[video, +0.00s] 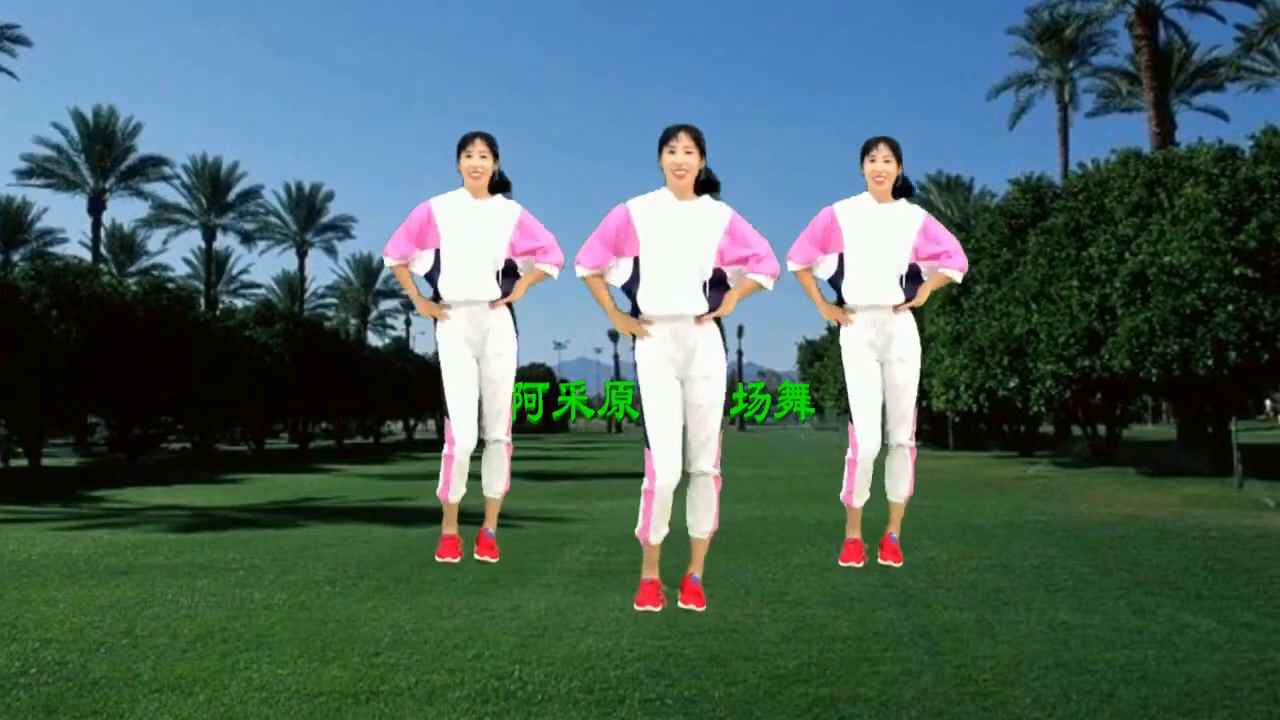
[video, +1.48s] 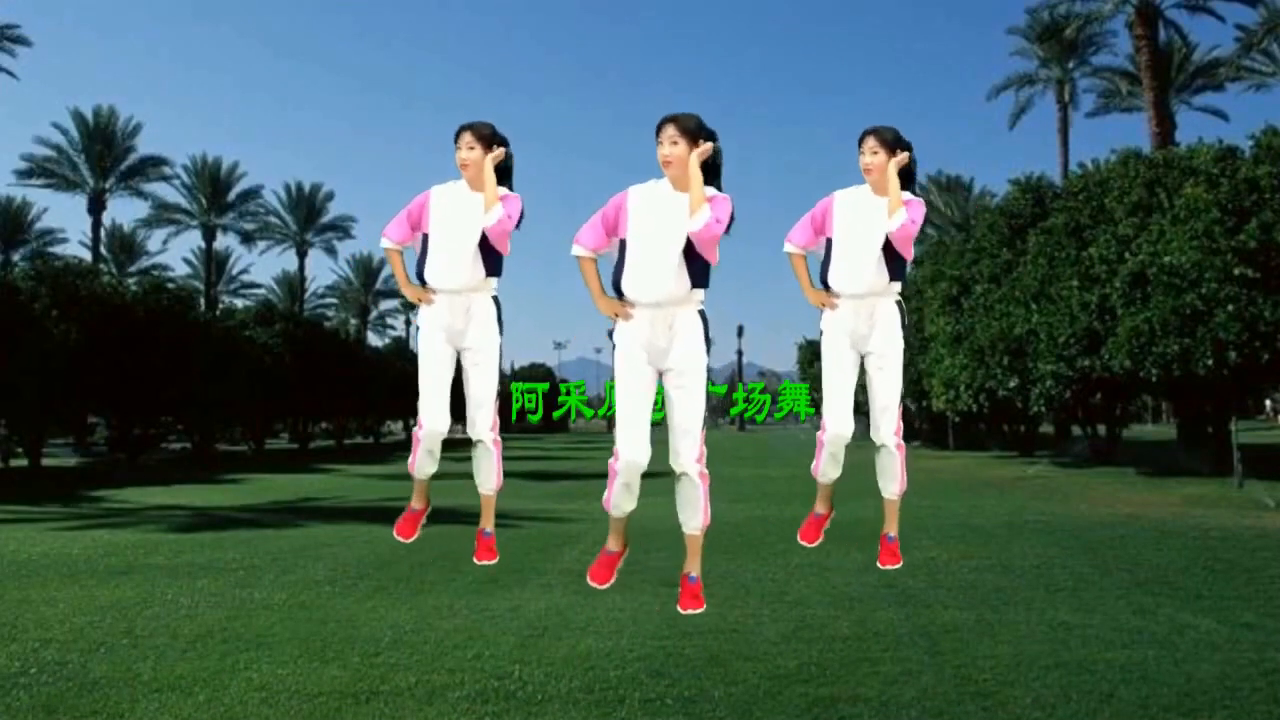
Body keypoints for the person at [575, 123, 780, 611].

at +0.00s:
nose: (680, 158)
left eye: (689, 151)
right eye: (671, 150)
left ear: (702, 162)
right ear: (660, 160)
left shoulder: (719, 215)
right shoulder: (634, 213)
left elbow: (767, 264)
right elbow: (588, 265)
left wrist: (733, 296)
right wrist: (617, 316)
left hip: (704, 340)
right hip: (654, 340)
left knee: (704, 461)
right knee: (664, 462)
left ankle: (695, 576)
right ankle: (650, 576)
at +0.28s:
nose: (671, 172)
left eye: (680, 164)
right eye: (663, 166)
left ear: (697, 173)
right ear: (655, 177)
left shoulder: (722, 221)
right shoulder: (647, 229)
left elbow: (749, 291)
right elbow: (593, 263)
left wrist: (725, 351)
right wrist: (624, 301)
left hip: (686, 354)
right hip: (637, 345)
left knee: (678, 475)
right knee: (628, 465)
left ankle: (690, 577)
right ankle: (644, 575)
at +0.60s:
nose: (671, 158)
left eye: (679, 152)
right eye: (663, 151)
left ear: (693, 161)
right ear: (652, 161)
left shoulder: (713, 214)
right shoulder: (629, 215)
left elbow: (762, 263)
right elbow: (587, 272)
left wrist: (724, 310)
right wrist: (617, 324)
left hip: (704, 343)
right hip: (653, 345)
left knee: (702, 462)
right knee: (658, 464)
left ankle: (693, 576)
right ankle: (648, 576)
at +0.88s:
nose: (664, 158)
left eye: (673, 150)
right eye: (658, 150)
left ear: (694, 157)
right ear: (651, 159)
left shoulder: (717, 207)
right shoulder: (632, 210)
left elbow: (778, 224)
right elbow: (585, 267)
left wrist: (740, 262)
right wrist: (616, 318)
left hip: (701, 334)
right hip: (651, 336)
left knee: (698, 461)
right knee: (655, 462)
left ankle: (690, 574)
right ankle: (645, 576)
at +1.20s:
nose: (673, 177)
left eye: (682, 170)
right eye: (668, 170)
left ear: (704, 177)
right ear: (662, 178)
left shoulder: (720, 231)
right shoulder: (638, 225)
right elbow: (592, 281)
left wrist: (737, 238)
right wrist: (613, 335)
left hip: (703, 352)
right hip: (652, 353)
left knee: (702, 473)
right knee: (672, 472)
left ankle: (691, 578)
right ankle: (654, 557)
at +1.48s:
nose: (664, 150)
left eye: (674, 142)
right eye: (661, 142)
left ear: (698, 150)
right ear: (657, 150)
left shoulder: (717, 202)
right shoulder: (633, 199)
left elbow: (704, 238)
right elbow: (584, 245)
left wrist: (693, 174)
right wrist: (602, 299)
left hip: (686, 328)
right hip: (635, 328)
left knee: (687, 456)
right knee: (631, 454)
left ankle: (692, 571)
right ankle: (614, 544)